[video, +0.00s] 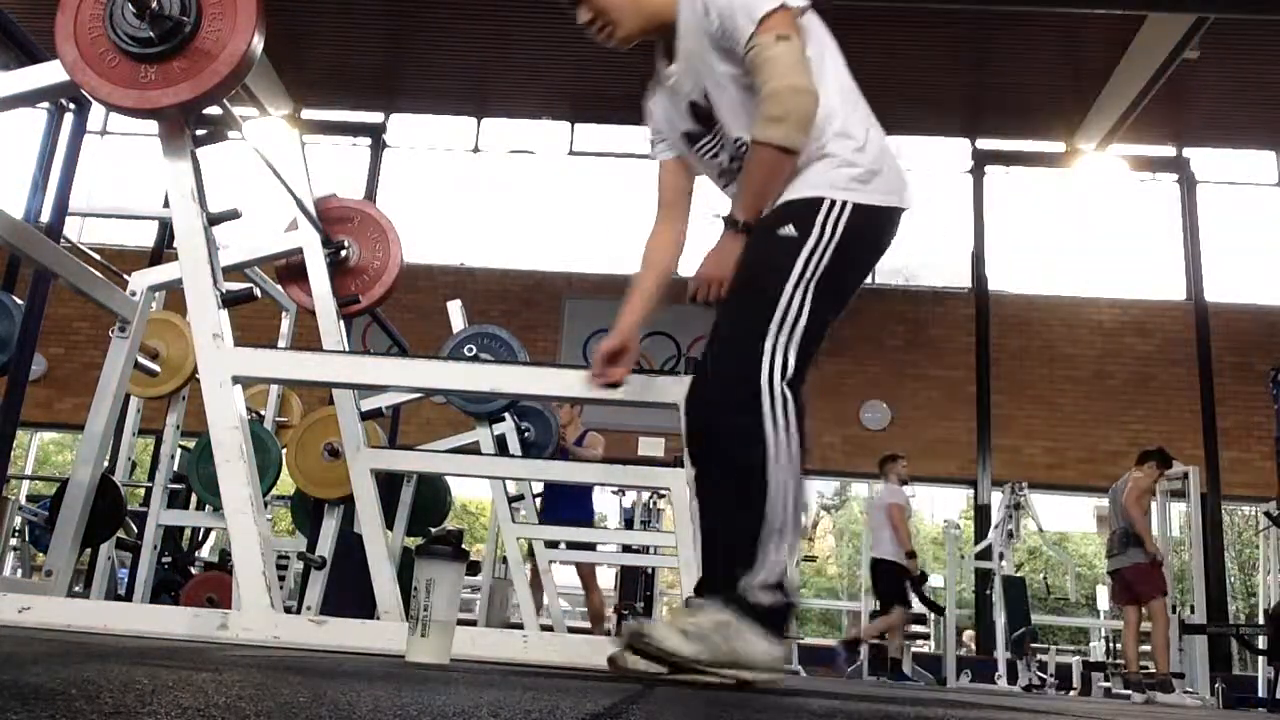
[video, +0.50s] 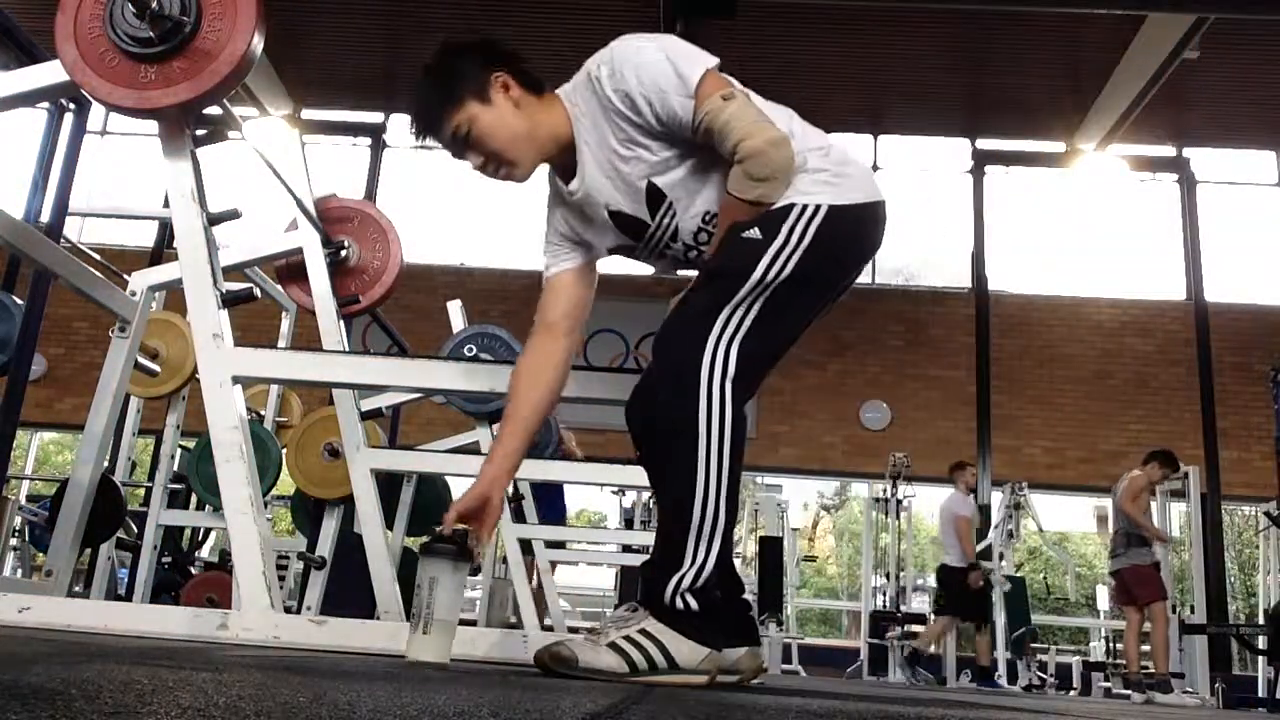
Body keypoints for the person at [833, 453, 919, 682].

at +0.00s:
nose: (907, 470)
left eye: (906, 466)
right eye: (903, 466)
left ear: (889, 472)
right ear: (891, 470)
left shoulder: (883, 494)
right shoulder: (894, 492)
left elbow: (889, 529)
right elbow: (898, 524)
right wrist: (910, 555)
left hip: (884, 560)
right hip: (889, 561)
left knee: (895, 616)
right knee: (898, 614)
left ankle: (895, 667)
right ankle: (852, 640)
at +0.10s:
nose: (918, 471)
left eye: (918, 467)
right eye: (915, 467)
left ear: (901, 471)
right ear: (903, 470)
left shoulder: (896, 492)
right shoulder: (905, 491)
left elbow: (904, 527)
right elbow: (908, 524)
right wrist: (919, 555)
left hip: (895, 558)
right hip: (902, 559)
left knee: (902, 613)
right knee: (922, 615)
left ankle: (896, 666)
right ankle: (885, 643)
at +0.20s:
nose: (932, 472)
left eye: (932, 468)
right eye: (928, 468)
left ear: (914, 472)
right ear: (917, 471)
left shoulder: (906, 494)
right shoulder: (919, 493)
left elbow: (908, 527)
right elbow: (919, 525)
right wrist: (930, 556)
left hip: (903, 561)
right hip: (917, 562)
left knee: (907, 612)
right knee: (942, 610)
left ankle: (895, 665)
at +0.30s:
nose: (946, 474)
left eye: (945, 470)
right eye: (942, 469)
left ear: (929, 475)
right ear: (930, 473)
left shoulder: (919, 498)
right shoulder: (933, 496)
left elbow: (921, 531)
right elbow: (932, 526)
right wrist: (942, 557)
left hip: (914, 563)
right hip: (930, 564)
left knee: (910, 614)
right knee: (952, 614)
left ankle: (893, 662)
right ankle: (959, 664)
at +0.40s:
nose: (960, 477)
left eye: (960, 473)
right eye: (956, 473)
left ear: (946, 477)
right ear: (944, 476)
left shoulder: (938, 499)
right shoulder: (945, 499)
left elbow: (942, 534)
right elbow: (947, 533)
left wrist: (953, 561)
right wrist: (957, 561)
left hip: (932, 568)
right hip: (943, 569)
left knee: (923, 614)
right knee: (965, 620)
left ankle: (900, 664)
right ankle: (980, 671)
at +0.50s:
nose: (975, 479)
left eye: (975, 475)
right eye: (972, 475)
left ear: (960, 478)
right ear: (960, 477)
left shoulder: (950, 502)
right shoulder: (962, 502)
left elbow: (955, 537)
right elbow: (965, 537)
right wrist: (973, 565)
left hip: (949, 569)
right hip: (963, 570)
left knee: (946, 618)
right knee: (983, 622)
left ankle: (913, 654)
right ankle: (985, 675)